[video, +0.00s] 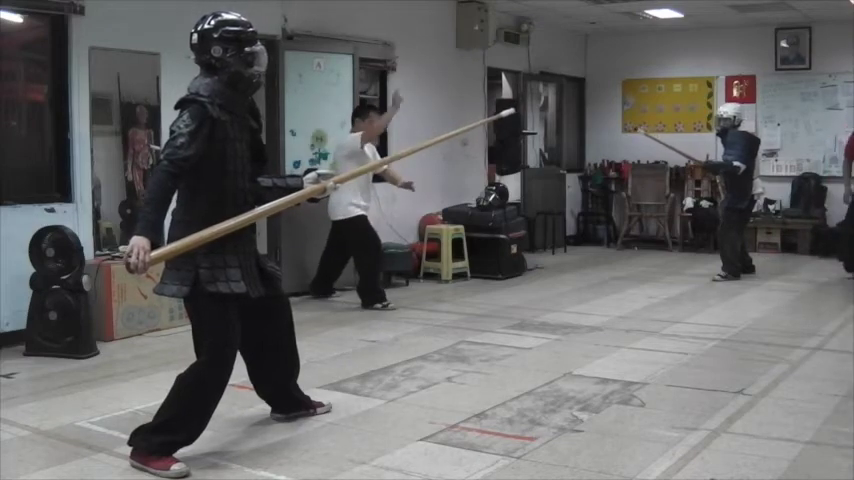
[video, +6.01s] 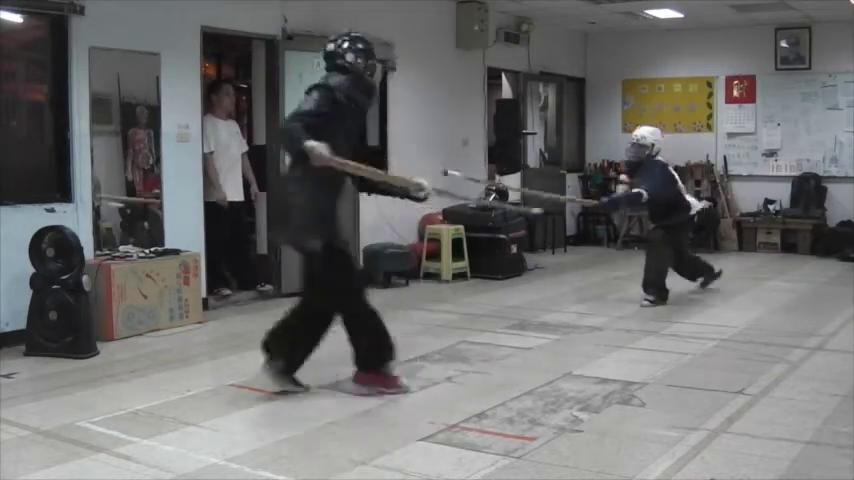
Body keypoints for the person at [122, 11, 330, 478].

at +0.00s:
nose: (254, 56)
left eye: (254, 48)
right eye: (243, 49)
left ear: (243, 53)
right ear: (215, 53)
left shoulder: (240, 106)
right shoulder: (202, 104)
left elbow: (246, 183)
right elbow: (167, 168)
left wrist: (301, 184)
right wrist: (144, 233)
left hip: (237, 244)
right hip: (204, 247)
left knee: (271, 315)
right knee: (217, 355)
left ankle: (286, 399)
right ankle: (152, 446)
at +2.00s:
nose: (368, 69)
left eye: (367, 62)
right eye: (360, 62)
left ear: (345, 64)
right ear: (341, 63)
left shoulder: (346, 108)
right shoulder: (322, 104)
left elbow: (348, 175)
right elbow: (288, 152)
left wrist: (394, 180)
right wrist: (275, 204)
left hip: (327, 224)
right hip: (311, 226)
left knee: (348, 300)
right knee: (355, 306)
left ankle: (322, 365)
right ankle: (332, 392)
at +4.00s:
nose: (408, 83)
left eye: (407, 75)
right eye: (402, 76)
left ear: (380, 77)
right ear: (387, 78)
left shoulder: (381, 121)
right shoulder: (363, 116)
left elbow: (388, 182)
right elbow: (330, 158)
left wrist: (424, 178)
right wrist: (323, 208)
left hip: (359, 230)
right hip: (336, 230)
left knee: (381, 286)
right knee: (354, 306)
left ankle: (370, 362)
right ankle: (314, 387)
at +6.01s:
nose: (375, 70)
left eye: (375, 63)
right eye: (369, 61)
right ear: (350, 60)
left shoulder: (354, 106)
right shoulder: (328, 92)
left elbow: (361, 175)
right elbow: (291, 126)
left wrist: (403, 187)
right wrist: (309, 146)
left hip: (322, 210)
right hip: (304, 210)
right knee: (344, 282)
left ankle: (280, 359)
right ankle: (372, 366)